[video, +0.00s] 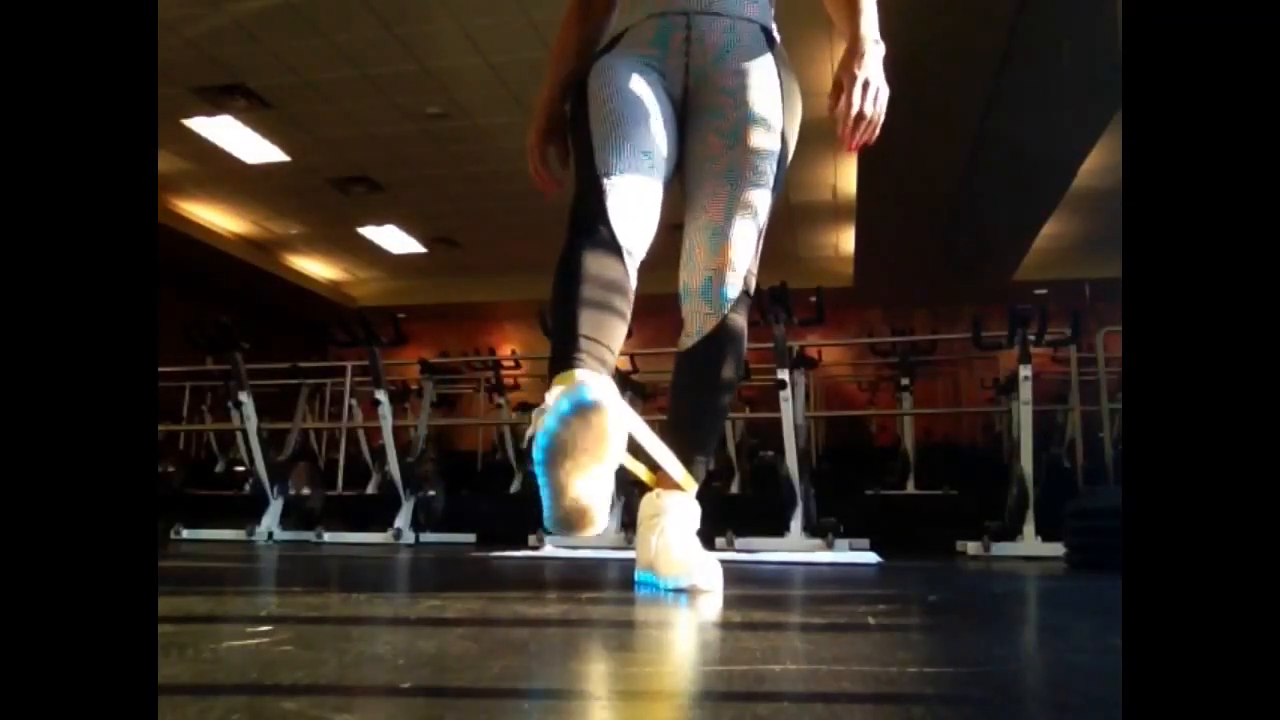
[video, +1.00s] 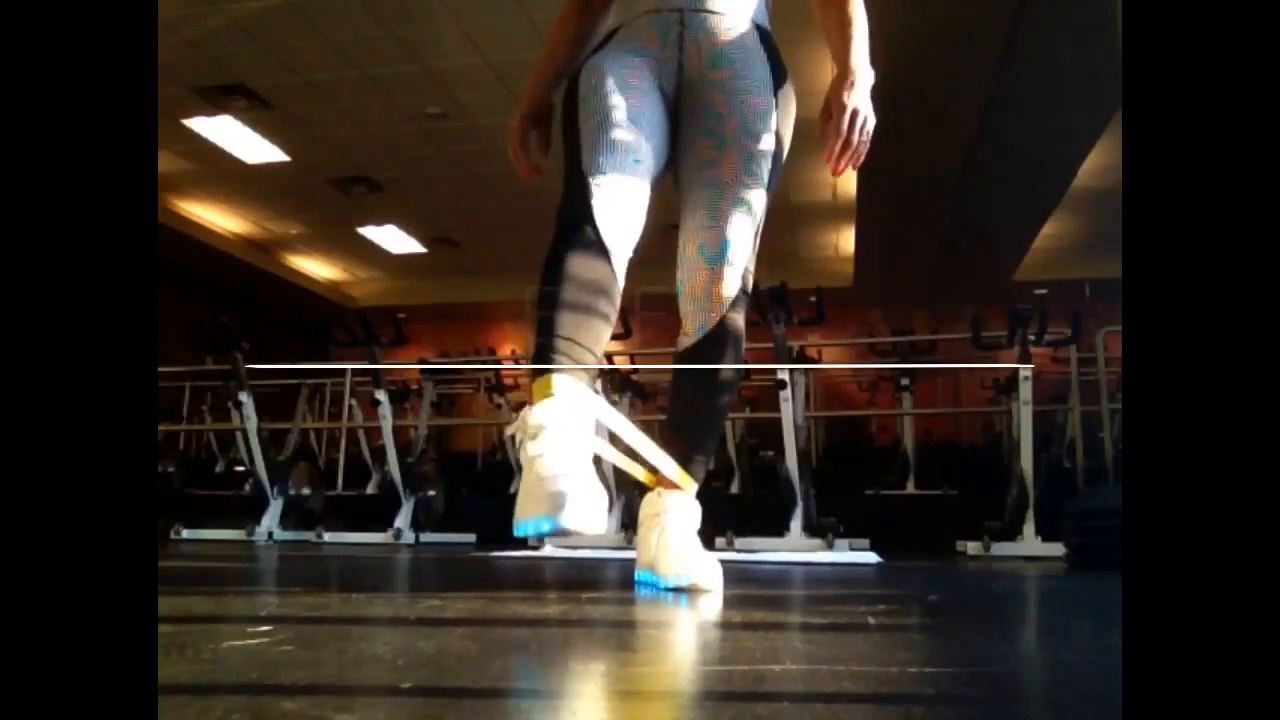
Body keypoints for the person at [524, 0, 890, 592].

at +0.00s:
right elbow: (589, 6)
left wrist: (864, 41)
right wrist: (555, 97)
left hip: (744, 30)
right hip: (630, 29)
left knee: (722, 279)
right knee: (612, 208)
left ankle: (673, 516)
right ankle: (577, 419)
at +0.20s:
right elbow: (591, 6)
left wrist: (868, 58)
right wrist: (553, 96)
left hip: (745, 29)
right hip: (631, 26)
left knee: (722, 276)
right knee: (606, 207)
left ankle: (673, 516)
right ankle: (555, 448)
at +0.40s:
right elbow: (594, 4)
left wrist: (862, 83)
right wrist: (553, 78)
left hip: (740, 30)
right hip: (633, 32)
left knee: (718, 280)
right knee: (592, 205)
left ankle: (671, 518)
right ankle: (523, 435)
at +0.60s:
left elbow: (842, 6)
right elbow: (596, 9)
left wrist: (861, 81)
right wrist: (555, 80)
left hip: (739, 31)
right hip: (633, 33)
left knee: (718, 279)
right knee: (596, 187)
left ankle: (673, 515)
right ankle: (534, 408)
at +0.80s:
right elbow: (593, 3)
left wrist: (859, 65)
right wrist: (552, 85)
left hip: (739, 25)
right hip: (627, 23)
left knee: (719, 277)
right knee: (602, 194)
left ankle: (673, 512)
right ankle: (553, 392)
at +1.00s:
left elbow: (835, 3)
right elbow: (588, 3)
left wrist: (855, 72)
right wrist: (543, 86)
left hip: (738, 26)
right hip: (623, 21)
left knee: (719, 278)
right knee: (602, 208)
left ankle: (673, 513)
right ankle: (558, 435)